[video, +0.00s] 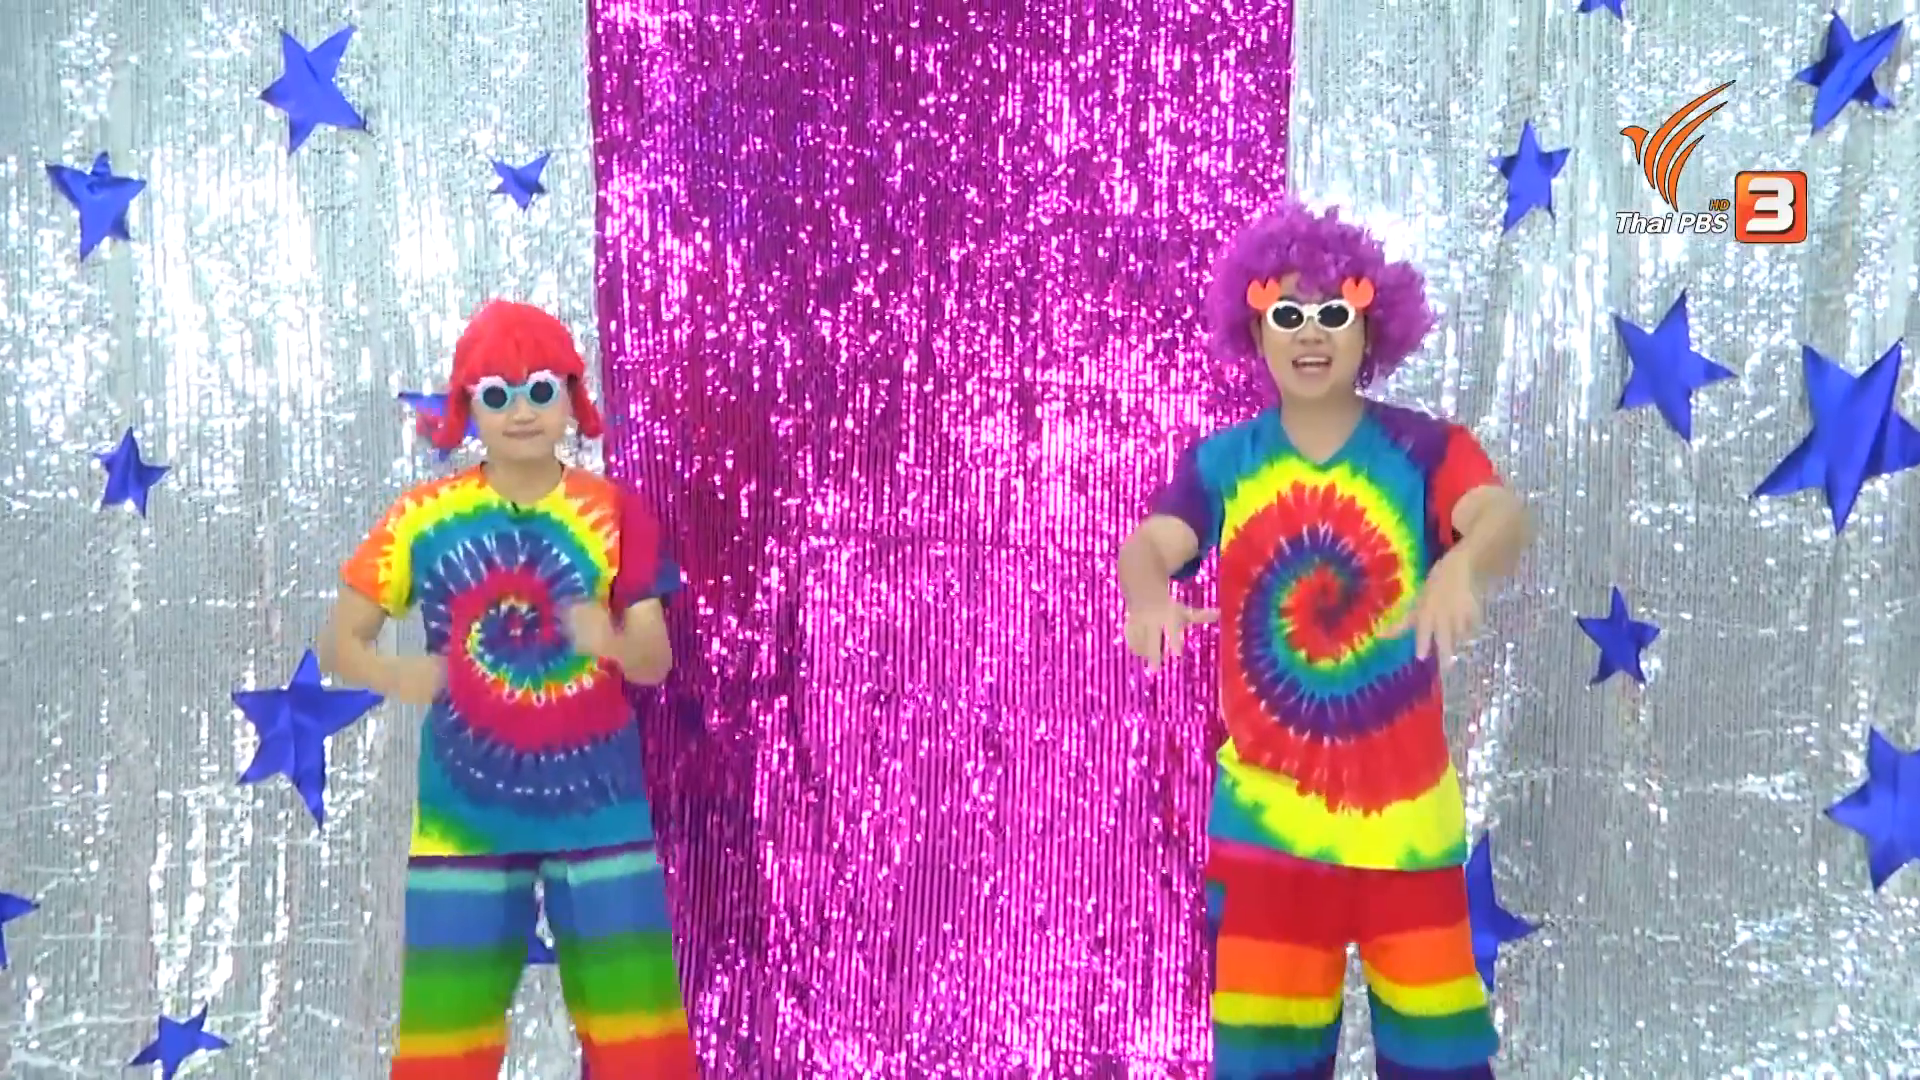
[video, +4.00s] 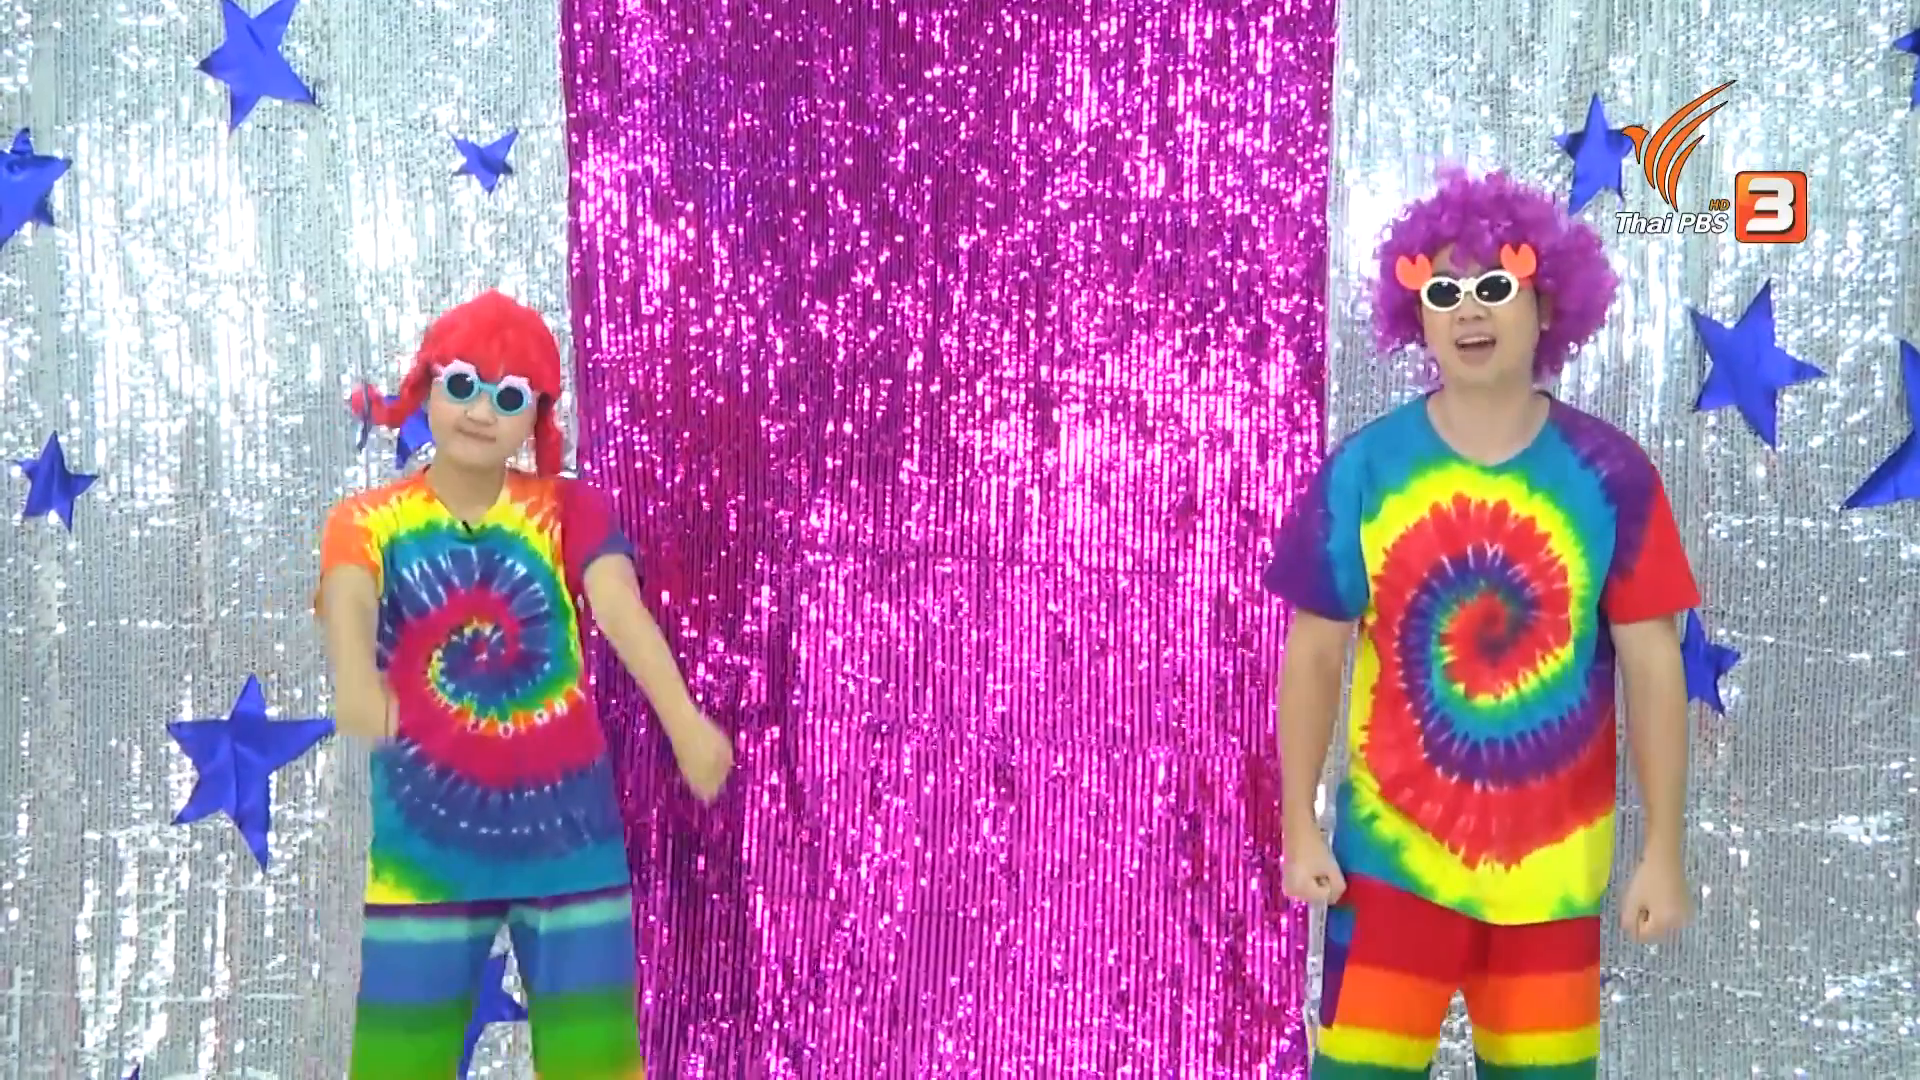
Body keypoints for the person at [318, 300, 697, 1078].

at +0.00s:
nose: (522, 410)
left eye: (542, 389)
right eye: (497, 393)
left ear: (572, 403)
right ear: (468, 411)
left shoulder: (612, 512)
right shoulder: (419, 518)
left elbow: (656, 657)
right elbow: (339, 644)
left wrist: (607, 637)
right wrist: (408, 674)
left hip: (598, 808)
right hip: (465, 814)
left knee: (637, 1033)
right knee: (445, 1042)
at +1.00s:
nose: (512, 457)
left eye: (537, 442)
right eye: (489, 435)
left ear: (559, 466)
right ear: (451, 451)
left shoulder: (587, 564)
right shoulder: (393, 576)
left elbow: (716, 685)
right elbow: (298, 703)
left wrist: (633, 600)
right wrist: (408, 618)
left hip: (613, 892)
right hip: (472, 899)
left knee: (639, 1069)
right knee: (455, 1071)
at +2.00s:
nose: (501, 460)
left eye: (528, 449)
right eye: (481, 433)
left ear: (544, 472)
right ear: (438, 439)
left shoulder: (567, 562)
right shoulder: (365, 566)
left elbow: (721, 613)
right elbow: (307, 660)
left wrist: (649, 540)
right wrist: (408, 550)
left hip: (608, 884)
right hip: (465, 898)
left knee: (625, 1068)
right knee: (451, 1069)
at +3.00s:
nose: (496, 439)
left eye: (521, 424)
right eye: (473, 416)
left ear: (544, 448)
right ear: (434, 430)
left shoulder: (580, 550)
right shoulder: (362, 553)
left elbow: (709, 650)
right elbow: (274, 665)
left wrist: (706, 565)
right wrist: (381, 578)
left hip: (581, 886)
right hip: (427, 893)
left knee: (597, 1068)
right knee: (420, 1070)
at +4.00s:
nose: (482, 410)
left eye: (509, 396)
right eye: (462, 386)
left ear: (534, 421)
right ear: (426, 397)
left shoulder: (568, 509)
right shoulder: (366, 518)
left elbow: (626, 617)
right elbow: (348, 606)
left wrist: (688, 727)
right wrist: (356, 682)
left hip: (568, 834)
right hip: (425, 838)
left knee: (593, 1052)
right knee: (400, 1055)